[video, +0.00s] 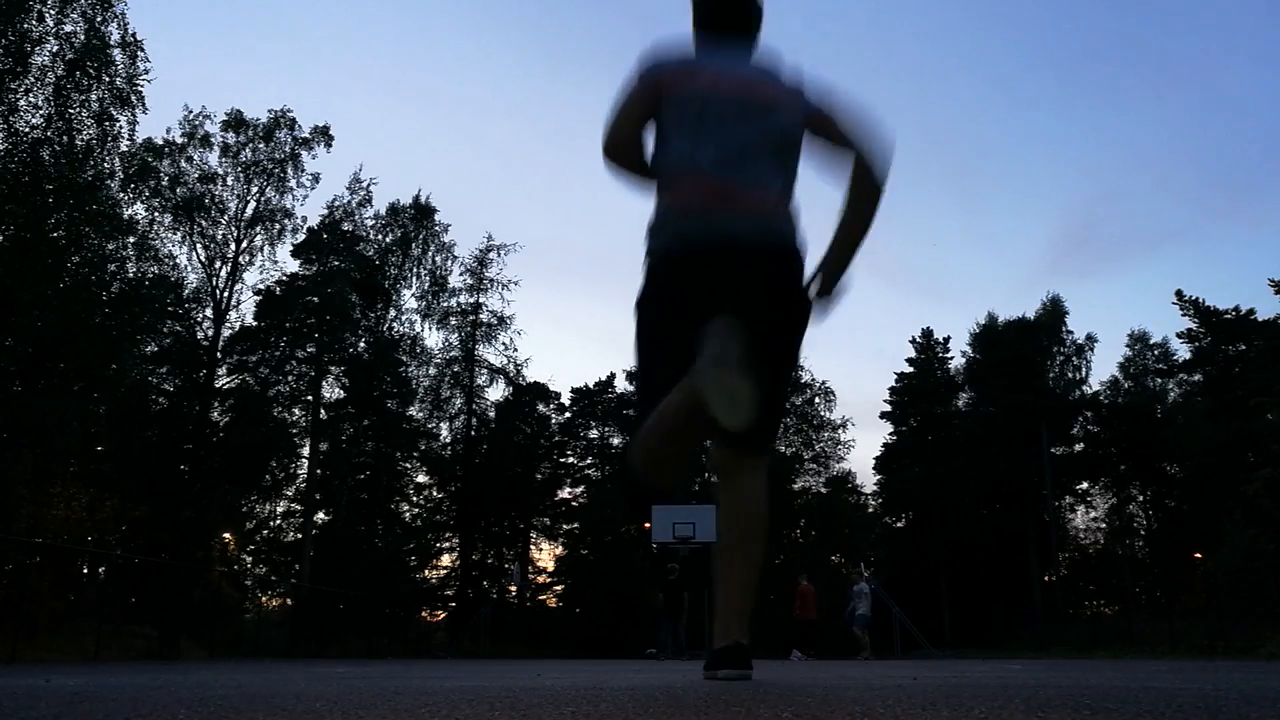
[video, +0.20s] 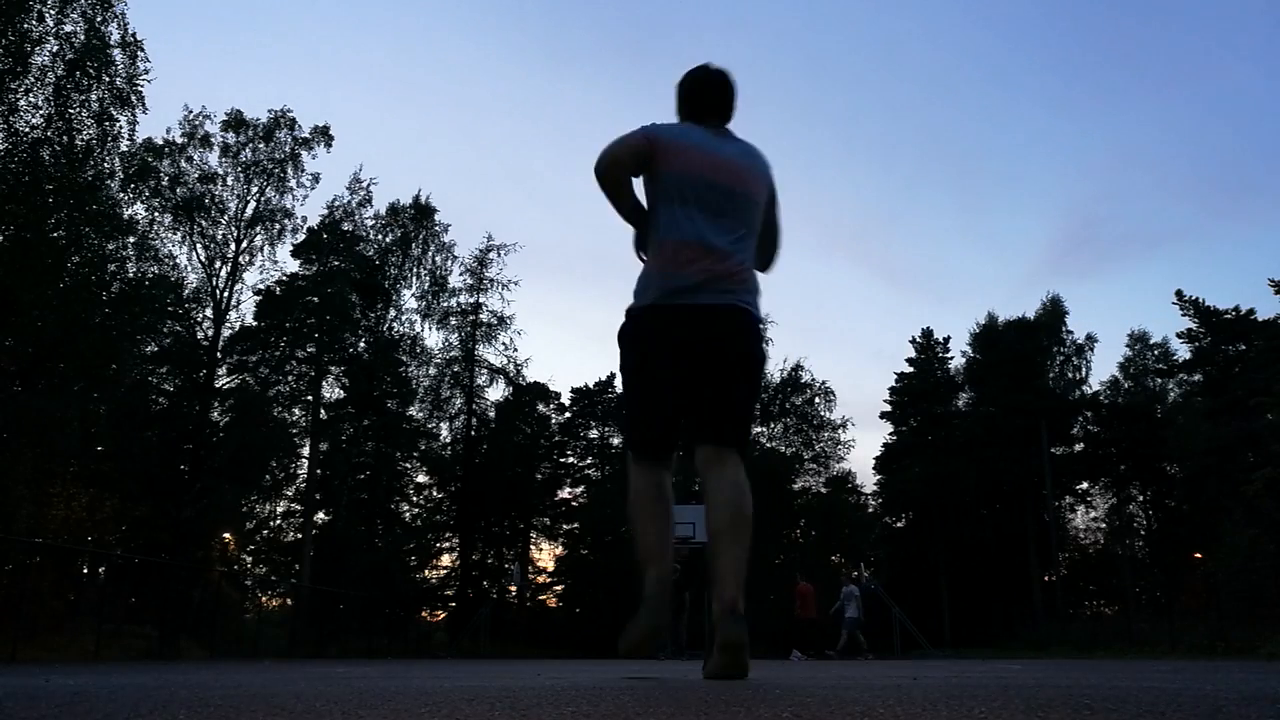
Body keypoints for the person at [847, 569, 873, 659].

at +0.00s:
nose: (854, 579)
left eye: (856, 577)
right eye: (854, 577)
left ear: (859, 577)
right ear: (854, 578)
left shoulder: (864, 586)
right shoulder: (855, 587)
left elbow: (868, 599)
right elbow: (855, 601)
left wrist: (867, 610)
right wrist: (849, 609)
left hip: (864, 611)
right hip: (858, 611)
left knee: (857, 628)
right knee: (864, 632)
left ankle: (865, 650)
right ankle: (866, 652)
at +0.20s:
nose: (843, 581)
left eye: (844, 579)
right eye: (843, 579)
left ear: (848, 580)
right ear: (844, 580)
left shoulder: (854, 589)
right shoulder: (844, 589)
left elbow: (858, 602)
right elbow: (841, 601)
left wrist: (860, 613)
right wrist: (833, 609)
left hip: (853, 614)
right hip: (847, 614)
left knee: (845, 632)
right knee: (857, 633)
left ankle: (838, 651)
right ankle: (865, 651)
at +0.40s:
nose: (831, 580)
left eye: (832, 579)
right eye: (831, 579)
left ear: (835, 579)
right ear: (832, 580)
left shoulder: (841, 588)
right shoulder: (832, 588)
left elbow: (845, 601)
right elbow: (831, 601)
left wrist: (846, 611)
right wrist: (826, 611)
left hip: (840, 613)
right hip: (833, 613)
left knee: (835, 632)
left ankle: (834, 653)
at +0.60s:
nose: (820, 579)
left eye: (821, 577)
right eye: (819, 577)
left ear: (823, 577)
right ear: (822, 577)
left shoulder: (829, 587)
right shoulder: (824, 587)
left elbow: (829, 602)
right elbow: (825, 601)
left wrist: (823, 611)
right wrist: (822, 610)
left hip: (829, 614)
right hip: (824, 614)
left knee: (830, 632)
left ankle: (832, 652)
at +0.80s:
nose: (807, 582)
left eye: (808, 580)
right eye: (807, 580)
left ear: (811, 580)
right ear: (812, 580)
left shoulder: (816, 589)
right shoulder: (813, 589)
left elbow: (814, 602)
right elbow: (813, 602)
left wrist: (806, 609)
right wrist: (806, 610)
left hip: (818, 615)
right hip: (813, 615)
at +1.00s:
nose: (794, 580)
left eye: (795, 578)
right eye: (794, 578)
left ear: (797, 579)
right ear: (801, 578)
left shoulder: (801, 588)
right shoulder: (803, 588)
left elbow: (800, 602)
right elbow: (802, 603)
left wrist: (795, 612)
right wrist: (797, 611)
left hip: (800, 616)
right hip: (803, 615)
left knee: (795, 635)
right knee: (804, 634)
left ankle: (795, 653)